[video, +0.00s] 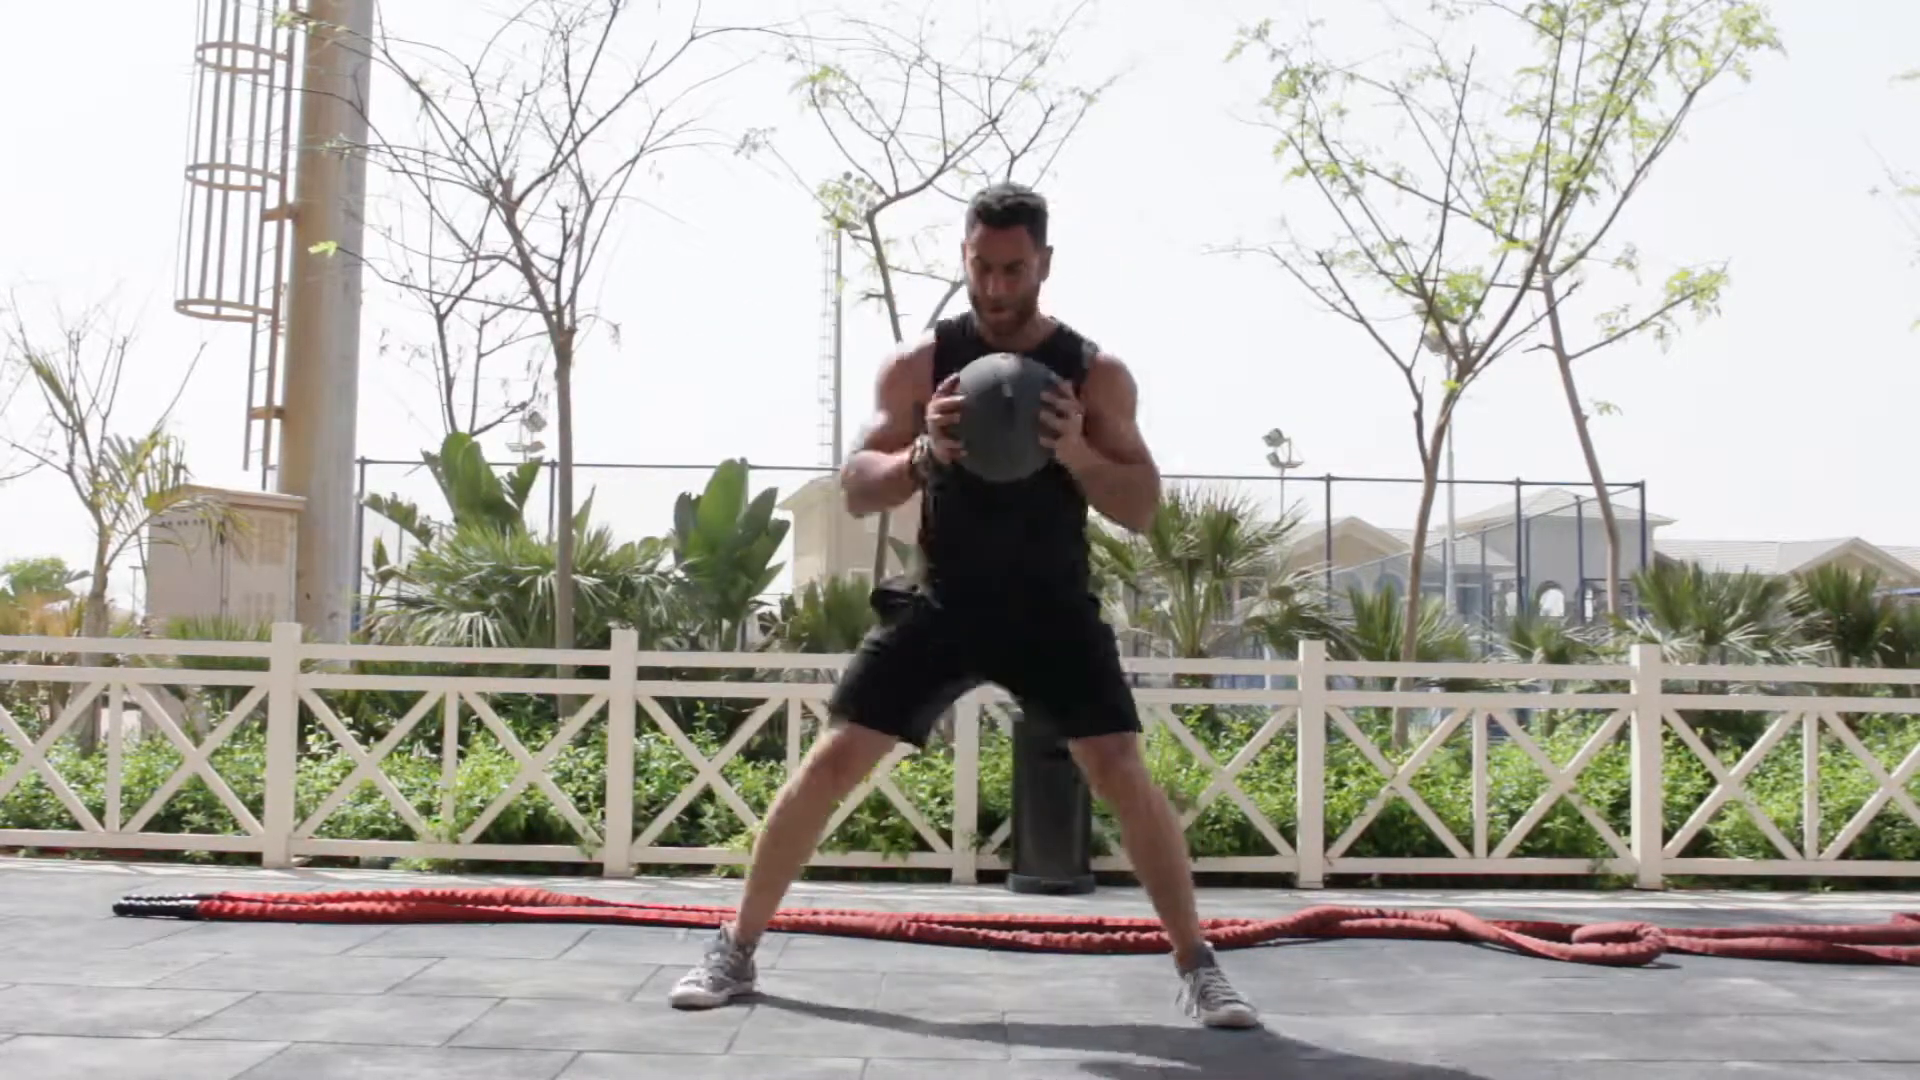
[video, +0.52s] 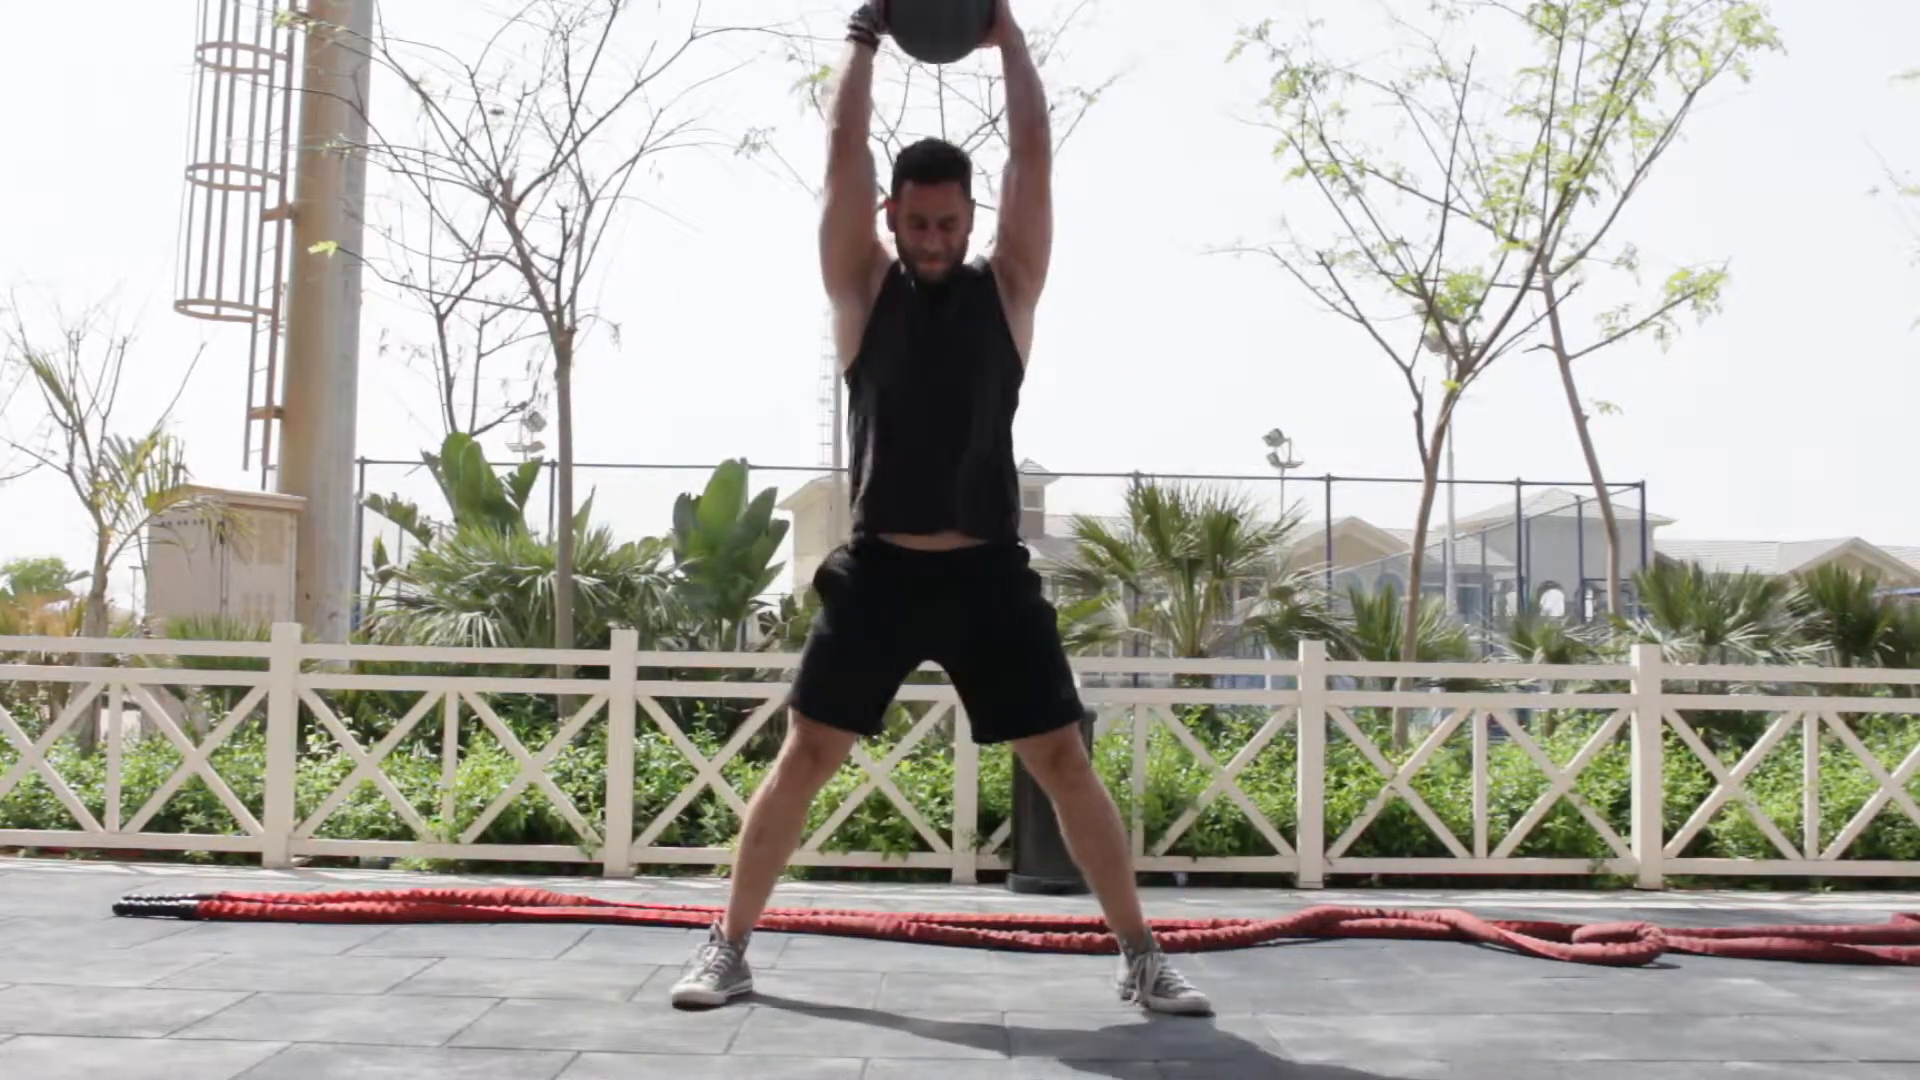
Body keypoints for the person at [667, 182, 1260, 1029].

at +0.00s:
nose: (996, 288)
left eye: (1014, 269)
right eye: (982, 268)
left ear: (1045, 265)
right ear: (962, 264)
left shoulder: (1096, 376)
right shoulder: (917, 370)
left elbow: (1140, 506)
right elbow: (859, 489)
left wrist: (1076, 451)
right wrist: (921, 457)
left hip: (1056, 616)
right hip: (945, 612)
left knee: (1121, 769)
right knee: (836, 757)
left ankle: (1199, 969)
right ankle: (735, 949)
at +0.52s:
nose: (934, 233)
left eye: (947, 218)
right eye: (918, 220)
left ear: (973, 219)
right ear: (890, 219)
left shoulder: (1007, 292)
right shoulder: (863, 292)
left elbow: (1033, 160)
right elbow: (845, 163)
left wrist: (1011, 37)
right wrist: (864, 39)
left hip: (990, 576)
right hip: (879, 575)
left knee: (1064, 764)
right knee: (804, 762)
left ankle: (1144, 961)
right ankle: (727, 954)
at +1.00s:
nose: (945, 278)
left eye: (960, 262)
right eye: (930, 262)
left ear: (984, 249)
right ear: (905, 246)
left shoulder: (1029, 348)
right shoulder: (856, 348)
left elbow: (1066, 467)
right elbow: (812, 460)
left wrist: (1095, 576)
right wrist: (802, 572)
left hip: (999, 592)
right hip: (883, 588)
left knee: (1067, 756)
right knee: (812, 754)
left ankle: (1138, 956)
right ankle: (731, 950)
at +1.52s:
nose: (930, 660)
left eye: (946, 645)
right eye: (916, 643)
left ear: (973, 614)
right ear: (889, 608)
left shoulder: (1017, 644)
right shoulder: (838, 646)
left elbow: (1008, 796)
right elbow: (826, 794)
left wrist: (980, 929)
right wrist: (827, 919)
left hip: (980, 741)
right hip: (869, 739)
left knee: (1102, 763)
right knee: (751, 760)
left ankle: (1138, 966)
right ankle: (725, 954)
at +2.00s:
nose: (940, 244)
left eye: (955, 230)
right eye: (924, 230)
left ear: (978, 239)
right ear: (901, 239)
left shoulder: (1017, 329)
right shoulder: (860, 335)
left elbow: (1070, 444)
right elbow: (817, 456)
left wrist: (1025, 389)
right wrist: (858, 401)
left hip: (993, 577)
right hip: (886, 575)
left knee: (1066, 747)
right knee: (800, 737)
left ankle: (1134, 956)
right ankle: (730, 949)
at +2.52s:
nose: (946, 198)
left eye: (959, 188)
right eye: (930, 188)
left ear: (983, 210)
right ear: (903, 209)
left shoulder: (1015, 296)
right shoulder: (872, 294)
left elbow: (1038, 164)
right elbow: (846, 152)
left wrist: (1009, 62)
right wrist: (888, 62)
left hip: (995, 570)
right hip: (885, 569)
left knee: (1062, 766)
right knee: (810, 760)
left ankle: (1134, 963)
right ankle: (733, 953)